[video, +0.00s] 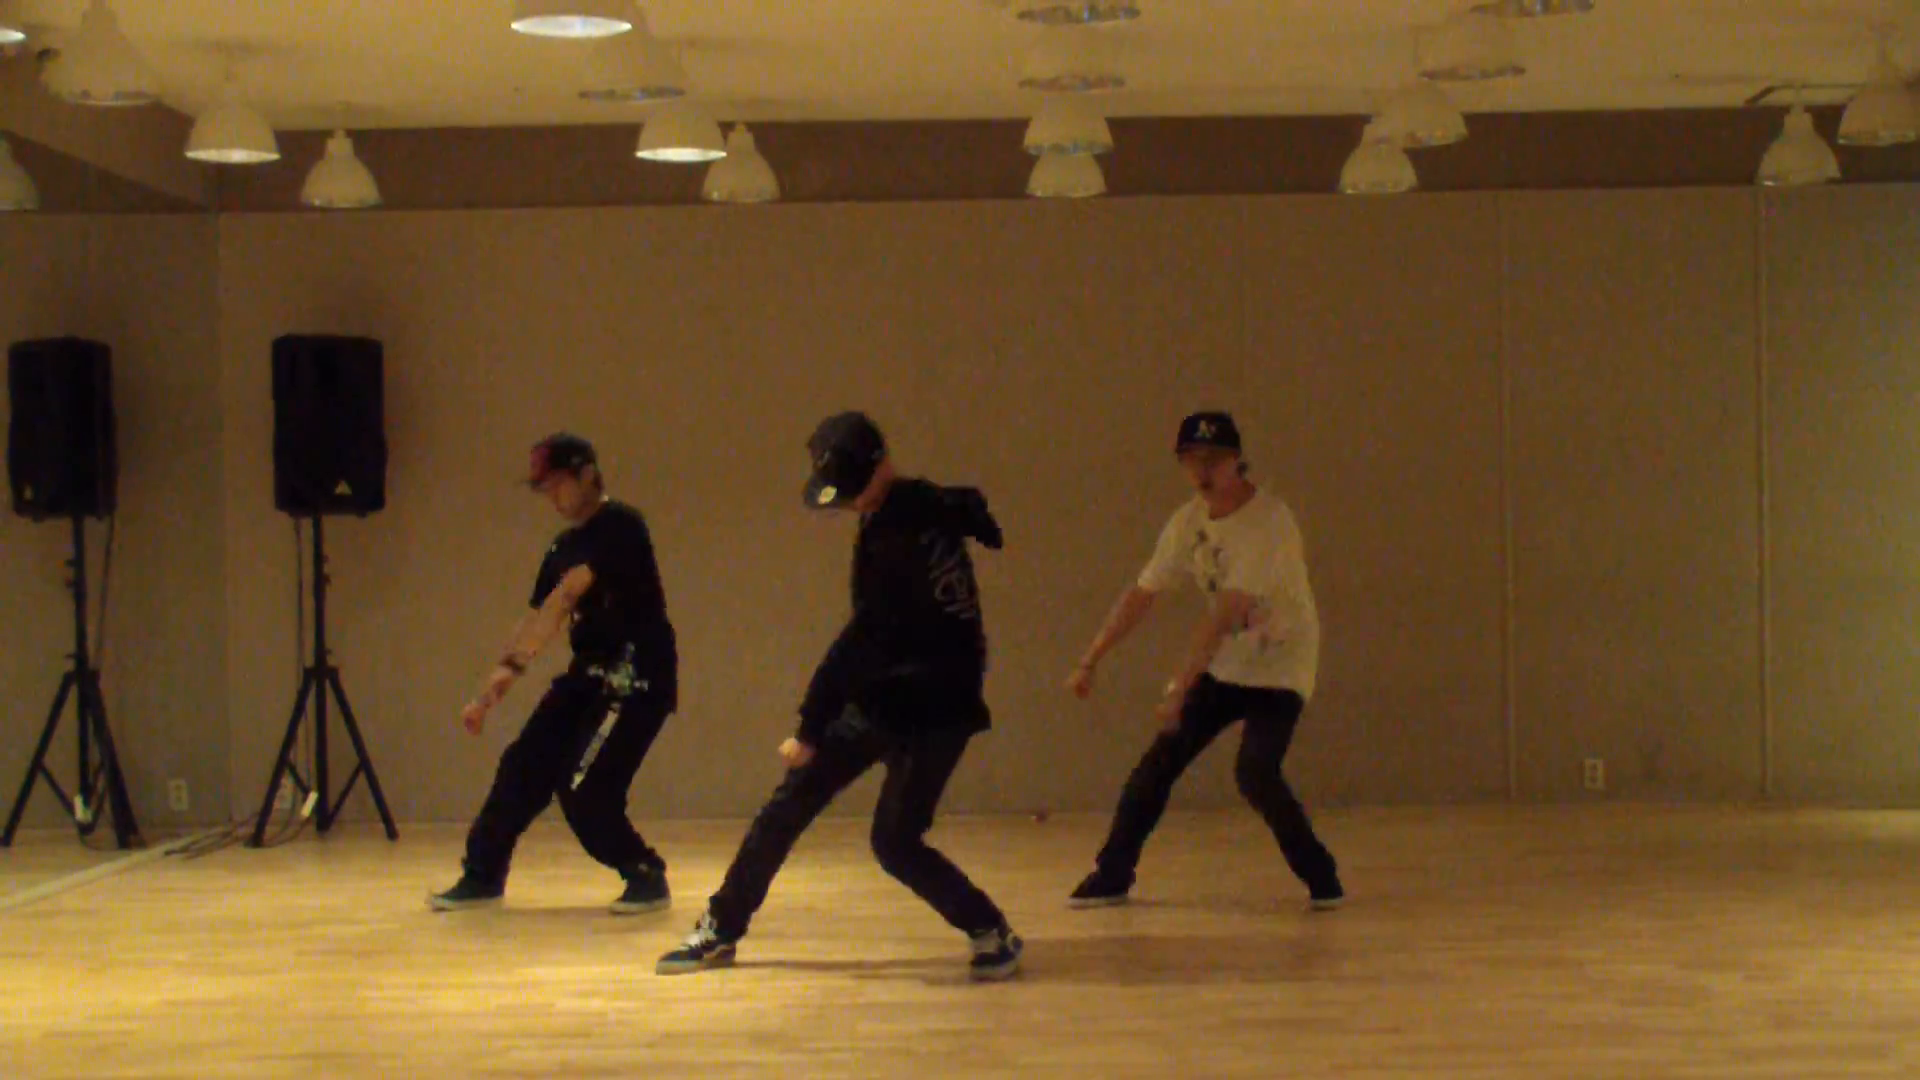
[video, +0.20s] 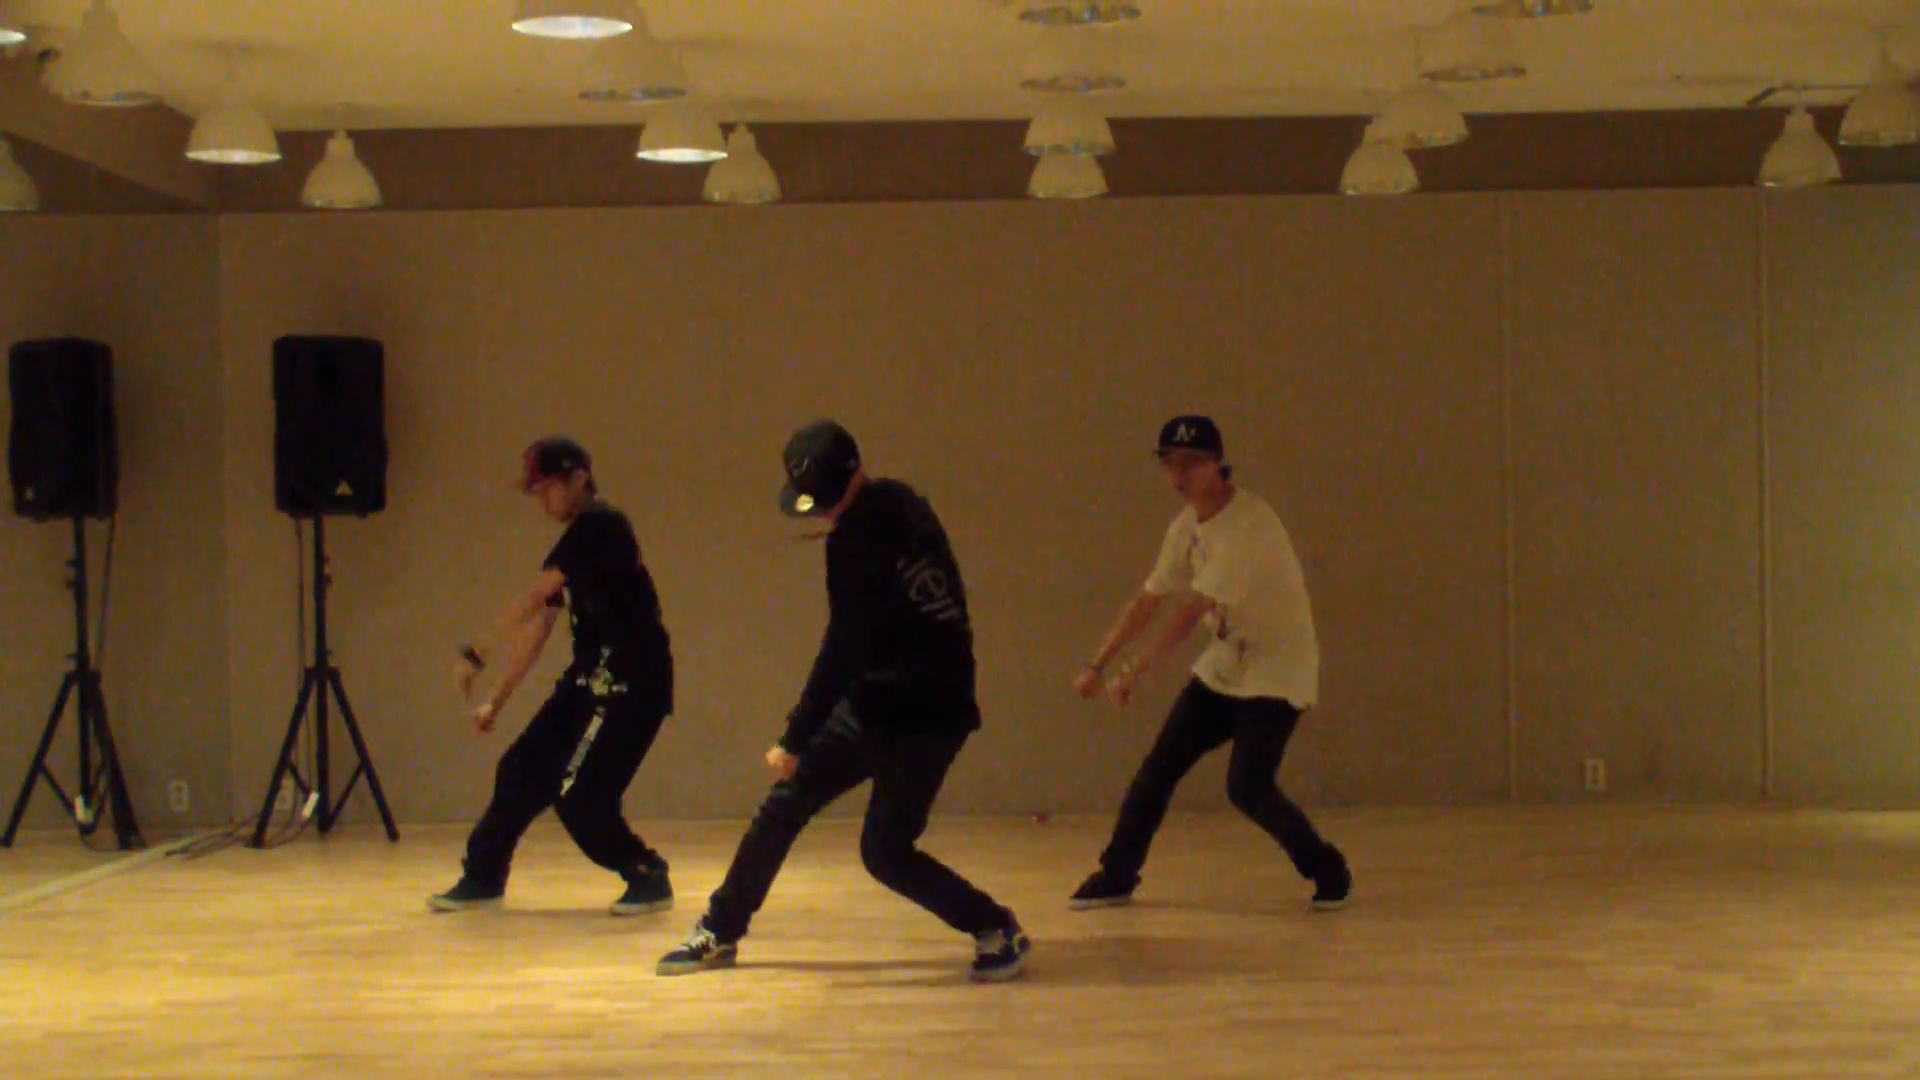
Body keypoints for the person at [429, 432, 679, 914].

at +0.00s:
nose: (553, 498)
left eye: (559, 485)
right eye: (546, 490)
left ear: (589, 476)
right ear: (547, 492)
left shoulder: (621, 526)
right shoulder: (565, 547)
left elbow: (567, 598)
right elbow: (533, 617)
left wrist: (518, 661)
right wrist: (487, 693)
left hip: (639, 678)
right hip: (589, 673)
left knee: (587, 785)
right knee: (524, 766)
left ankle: (645, 874)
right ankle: (483, 876)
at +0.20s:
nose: (543, 502)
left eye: (548, 489)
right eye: (538, 492)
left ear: (579, 479)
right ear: (557, 488)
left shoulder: (601, 527)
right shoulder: (574, 538)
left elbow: (539, 599)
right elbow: (539, 631)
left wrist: (481, 649)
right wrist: (497, 698)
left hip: (635, 684)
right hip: (589, 678)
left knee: (581, 795)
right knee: (521, 771)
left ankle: (648, 874)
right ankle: (483, 878)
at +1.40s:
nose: (604, 436)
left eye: (613, 425)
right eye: (600, 427)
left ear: (646, 425)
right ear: (599, 433)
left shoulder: (684, 484)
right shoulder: (605, 493)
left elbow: (711, 555)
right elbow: (606, 574)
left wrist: (715, 614)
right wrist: (578, 574)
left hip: (668, 629)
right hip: (614, 624)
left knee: (642, 745)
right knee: (547, 696)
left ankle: (654, 871)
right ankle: (606, 786)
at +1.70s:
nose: (589, 481)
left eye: (596, 469)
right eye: (584, 473)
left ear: (630, 465)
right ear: (594, 478)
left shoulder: (666, 486)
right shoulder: (637, 535)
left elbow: (736, 522)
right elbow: (603, 608)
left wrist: (741, 600)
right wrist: (581, 583)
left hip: (695, 648)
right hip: (648, 638)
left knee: (629, 758)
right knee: (553, 648)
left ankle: (654, 878)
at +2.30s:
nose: (680, 484)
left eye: (691, 473)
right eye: (677, 474)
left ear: (725, 478)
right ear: (675, 482)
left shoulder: (743, 528)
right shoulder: (709, 547)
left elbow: (795, 581)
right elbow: (702, 635)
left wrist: (727, 628)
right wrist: (659, 613)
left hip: (753, 691)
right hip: (740, 692)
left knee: (690, 792)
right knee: (784, 795)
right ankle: (899, 861)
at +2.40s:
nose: (698, 479)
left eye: (710, 469)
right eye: (696, 469)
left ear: (742, 476)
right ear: (695, 477)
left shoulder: (744, 539)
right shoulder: (713, 538)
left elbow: (727, 619)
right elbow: (697, 611)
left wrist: (665, 616)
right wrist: (670, 590)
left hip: (739, 699)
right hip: (719, 700)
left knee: (759, 822)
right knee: (753, 820)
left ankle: (863, 860)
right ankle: (861, 851)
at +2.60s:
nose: (616, 465)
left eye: (627, 456)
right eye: (616, 455)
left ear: (656, 465)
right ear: (641, 467)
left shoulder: (644, 517)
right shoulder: (639, 514)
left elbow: (565, 565)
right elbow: (573, 565)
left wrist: (561, 510)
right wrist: (562, 512)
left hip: (678, 679)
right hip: (650, 675)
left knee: (702, 793)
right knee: (572, 744)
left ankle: (822, 851)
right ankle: (570, 868)